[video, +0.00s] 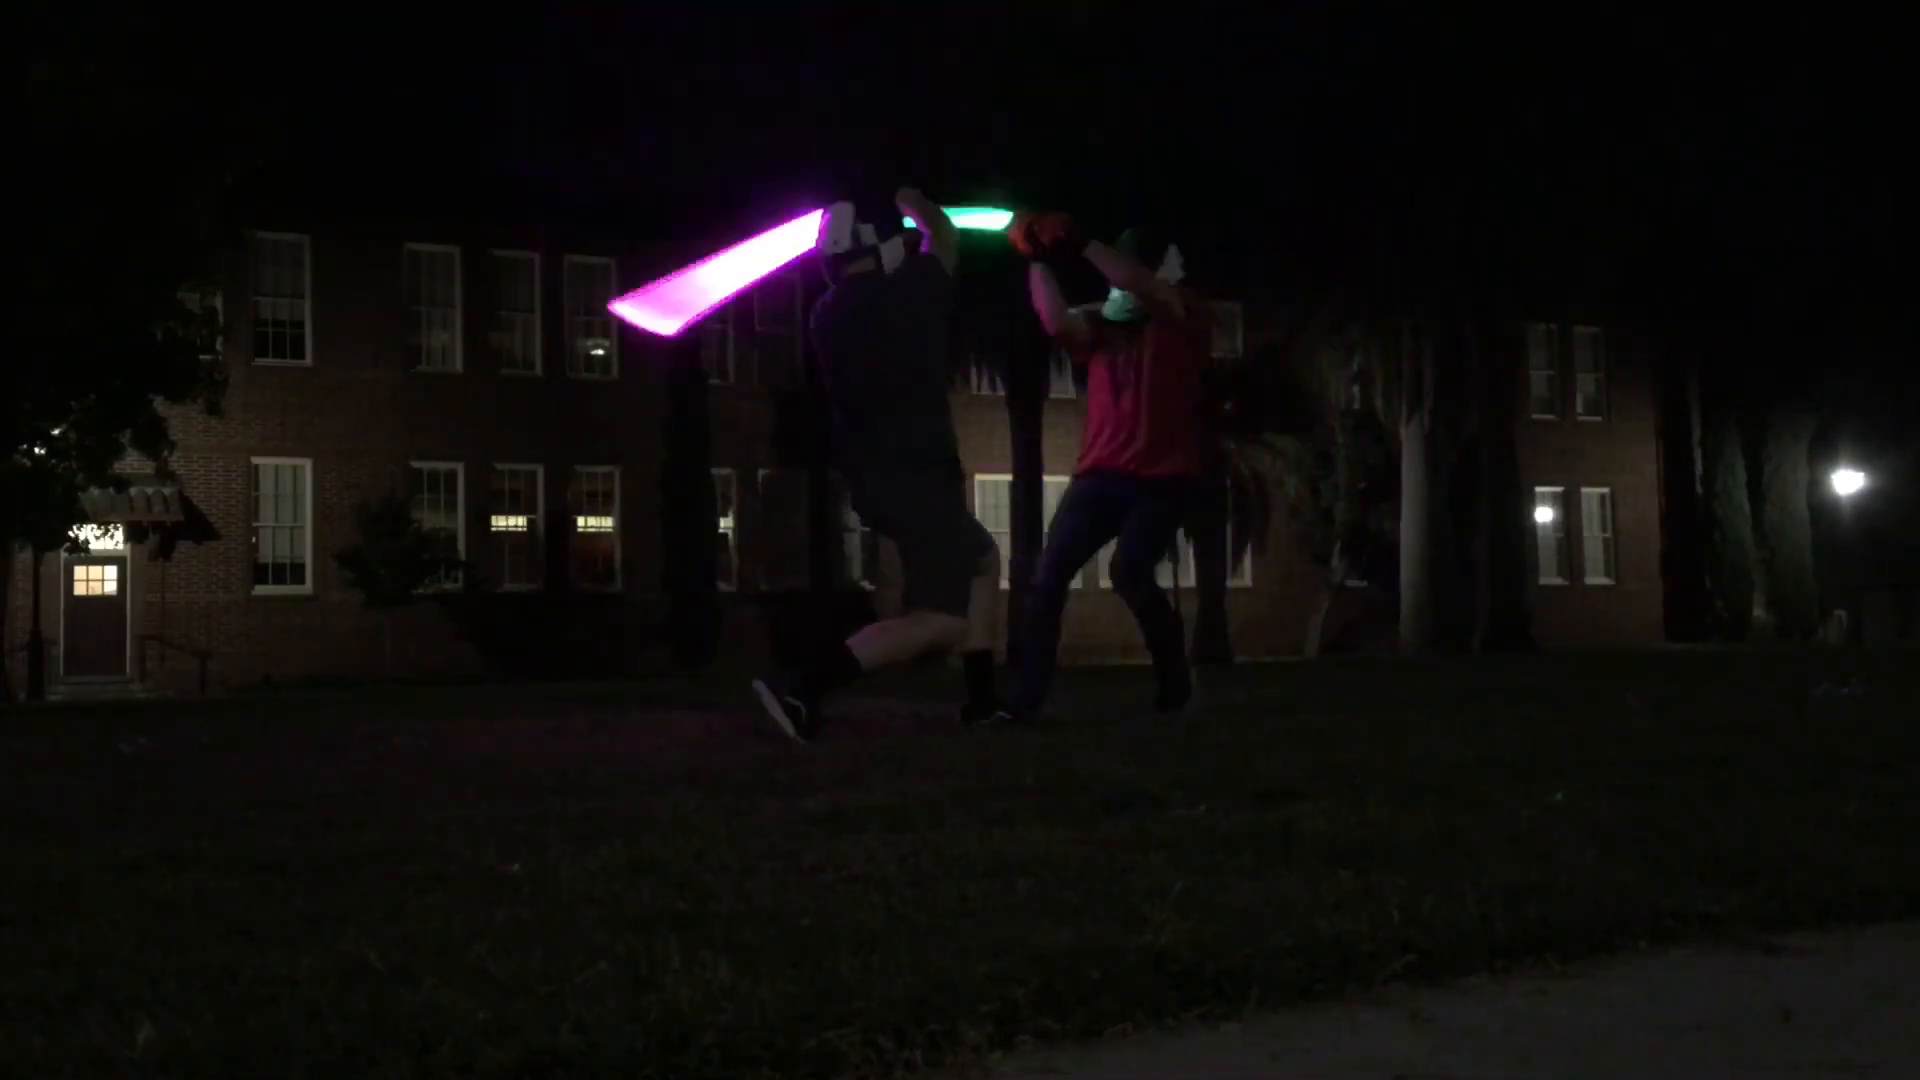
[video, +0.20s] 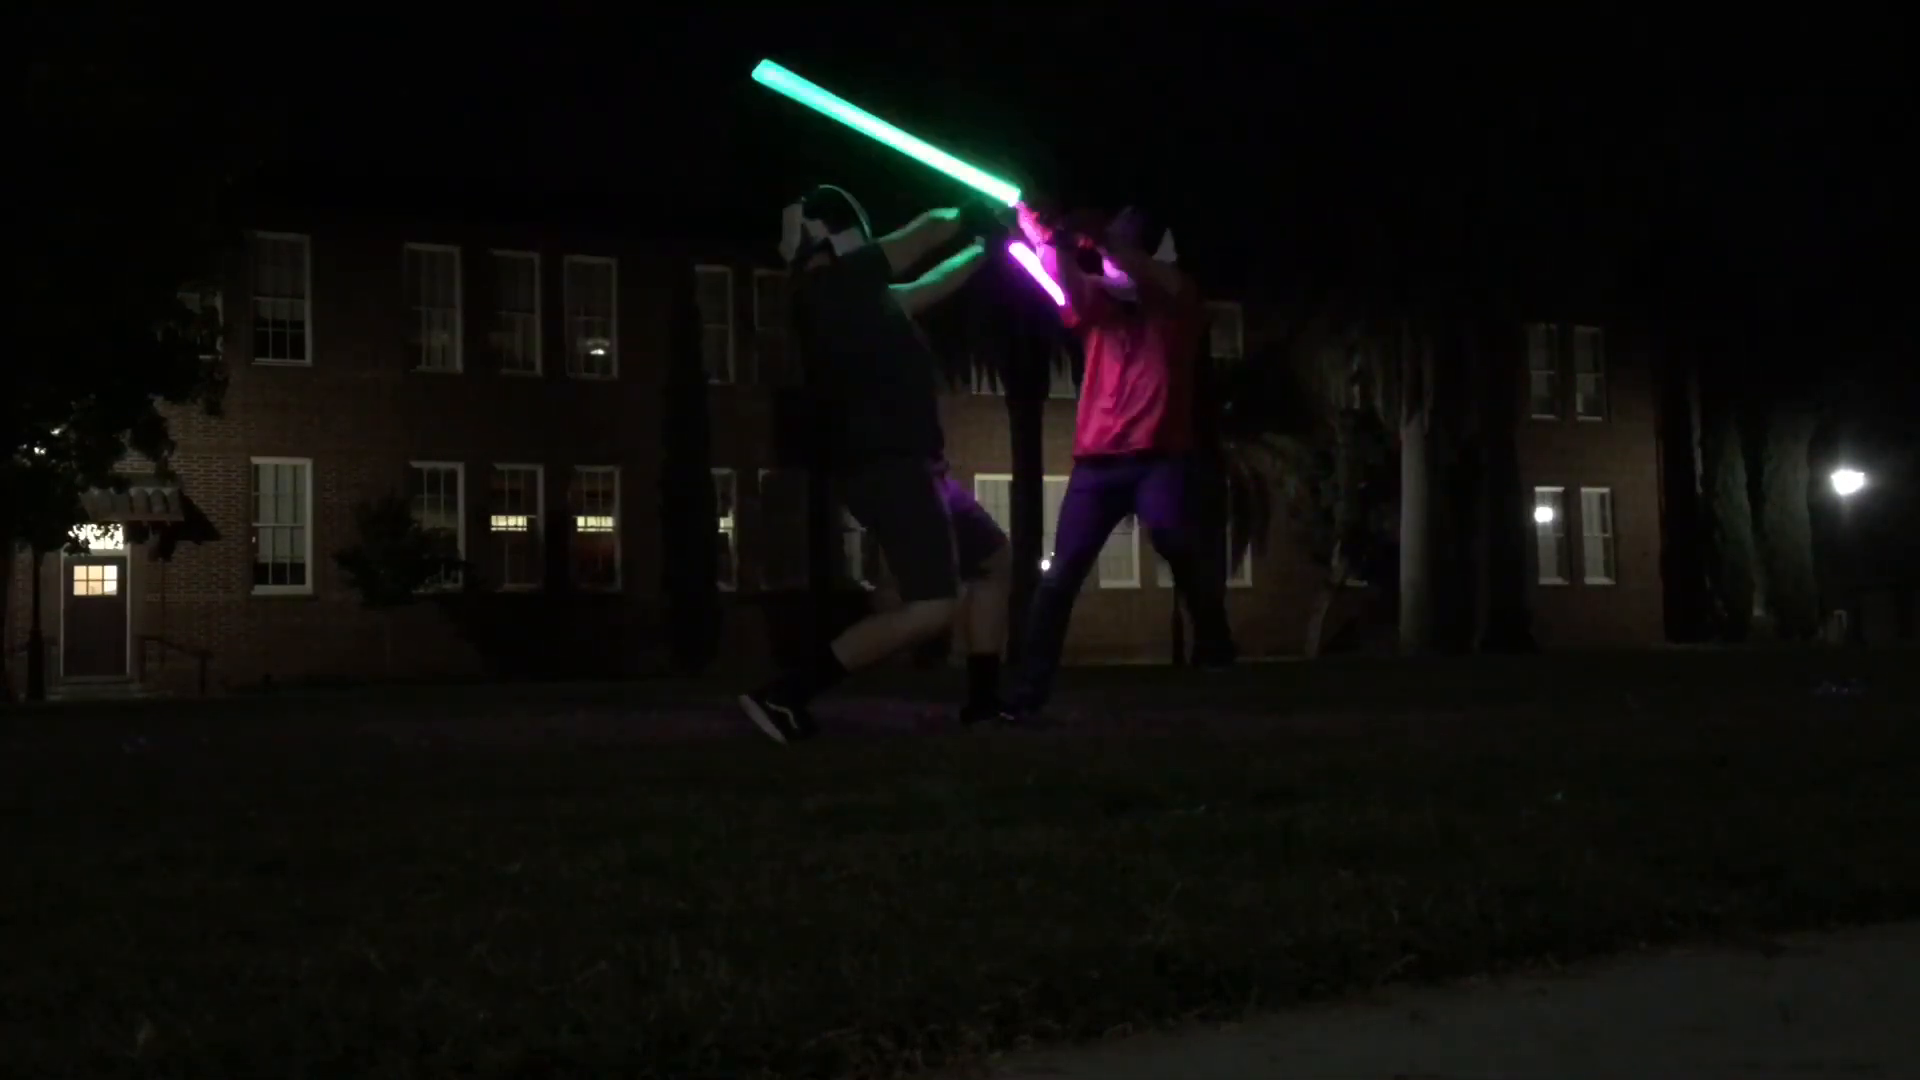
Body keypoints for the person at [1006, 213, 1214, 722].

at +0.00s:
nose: (1126, 290)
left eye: (1135, 280)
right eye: (1121, 280)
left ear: (1159, 279)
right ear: (1111, 280)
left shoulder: (1185, 321)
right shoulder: (1102, 326)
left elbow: (1141, 283)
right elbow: (1055, 321)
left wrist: (1076, 242)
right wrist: (1035, 258)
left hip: (1164, 477)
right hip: (1102, 476)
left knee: (1131, 575)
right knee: (1049, 575)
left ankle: (1176, 685)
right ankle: (1026, 699)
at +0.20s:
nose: (1111, 261)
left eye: (1121, 253)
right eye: (1108, 254)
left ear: (1152, 253)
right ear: (1108, 256)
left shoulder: (1178, 295)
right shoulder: (1103, 296)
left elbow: (1153, 280)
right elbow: (1075, 292)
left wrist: (1098, 241)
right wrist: (1056, 245)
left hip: (1163, 458)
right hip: (1099, 461)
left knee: (1179, 547)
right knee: (1060, 578)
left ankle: (1218, 657)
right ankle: (1026, 695)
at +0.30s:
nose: (1135, 247)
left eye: (1147, 242)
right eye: (1134, 240)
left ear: (1174, 251)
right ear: (1127, 247)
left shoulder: (1193, 296)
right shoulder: (1112, 290)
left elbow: (1163, 273)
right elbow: (1079, 280)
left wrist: (1113, 232)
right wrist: (1063, 232)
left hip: (1169, 467)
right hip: (1103, 466)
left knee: (1228, 557)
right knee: (1068, 578)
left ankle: (1280, 661)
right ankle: (1026, 694)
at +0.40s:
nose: (1178, 273)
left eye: (1188, 263)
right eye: (1171, 262)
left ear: (1209, 266)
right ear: (1160, 266)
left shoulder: (1222, 317)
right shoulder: (1135, 299)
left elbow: (1199, 287)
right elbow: (1094, 298)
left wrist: (1150, 242)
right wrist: (1084, 234)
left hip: (1190, 475)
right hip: (1125, 473)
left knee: (1250, 577)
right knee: (1082, 584)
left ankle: (1310, 680)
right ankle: (1030, 696)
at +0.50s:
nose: (1209, 287)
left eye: (1224, 278)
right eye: (1205, 281)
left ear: (1242, 278)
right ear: (1196, 280)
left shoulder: (1253, 322)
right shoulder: (1168, 311)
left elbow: (1243, 306)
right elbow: (1118, 316)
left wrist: (1191, 266)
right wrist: (1124, 253)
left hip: (1225, 482)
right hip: (1160, 483)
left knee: (1274, 591)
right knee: (1105, 592)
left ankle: (1300, 694)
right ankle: (1036, 694)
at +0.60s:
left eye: (1269, 279)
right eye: (1252, 277)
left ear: (1278, 280)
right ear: (1228, 275)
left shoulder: (1283, 320)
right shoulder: (1204, 312)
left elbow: (1307, 334)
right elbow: (1152, 338)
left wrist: (1233, 304)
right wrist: (1166, 274)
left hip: (1260, 484)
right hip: (1194, 483)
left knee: (1298, 595)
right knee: (1139, 585)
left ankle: (1304, 694)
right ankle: (1054, 690)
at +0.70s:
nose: (1278, 302)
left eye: (1290, 295)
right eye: (1268, 293)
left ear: (1306, 284)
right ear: (1252, 279)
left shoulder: (1315, 317)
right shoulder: (1230, 312)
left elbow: (1333, 350)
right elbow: (1183, 349)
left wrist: (1278, 324)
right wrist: (1204, 295)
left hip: (1286, 479)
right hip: (1218, 475)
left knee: (1312, 589)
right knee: (1175, 578)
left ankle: (1304, 688)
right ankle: (1107, 683)